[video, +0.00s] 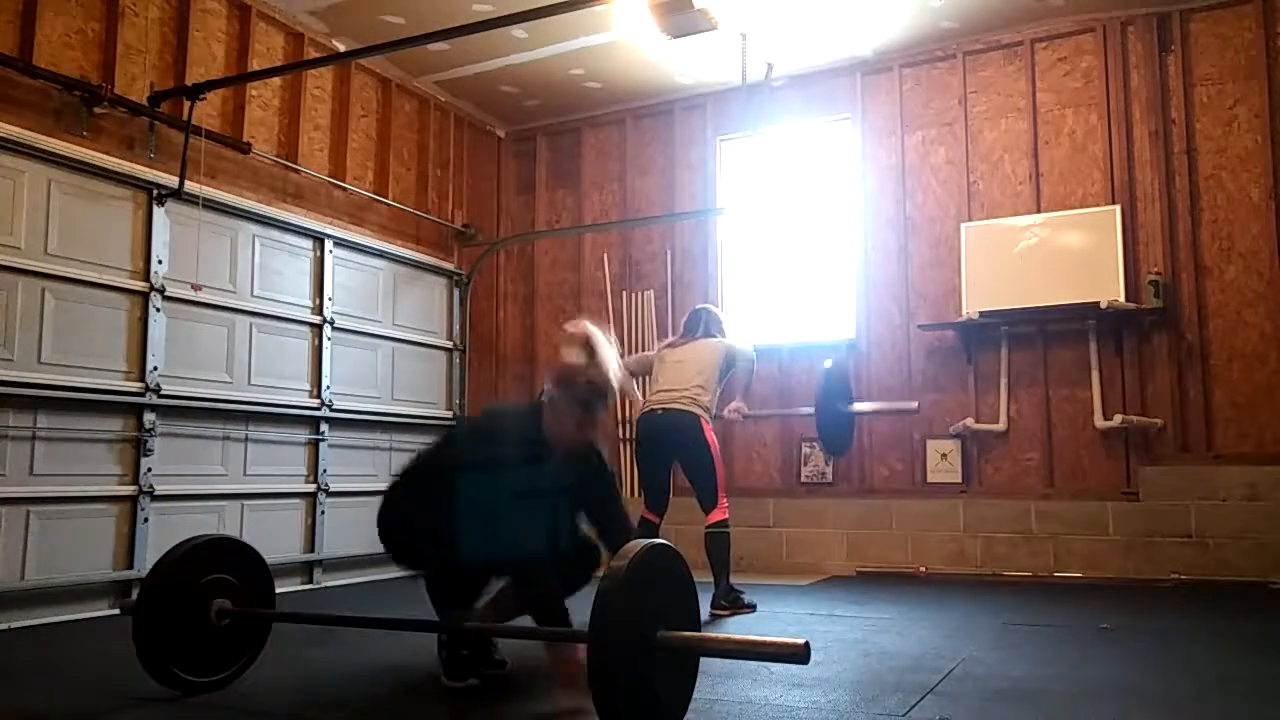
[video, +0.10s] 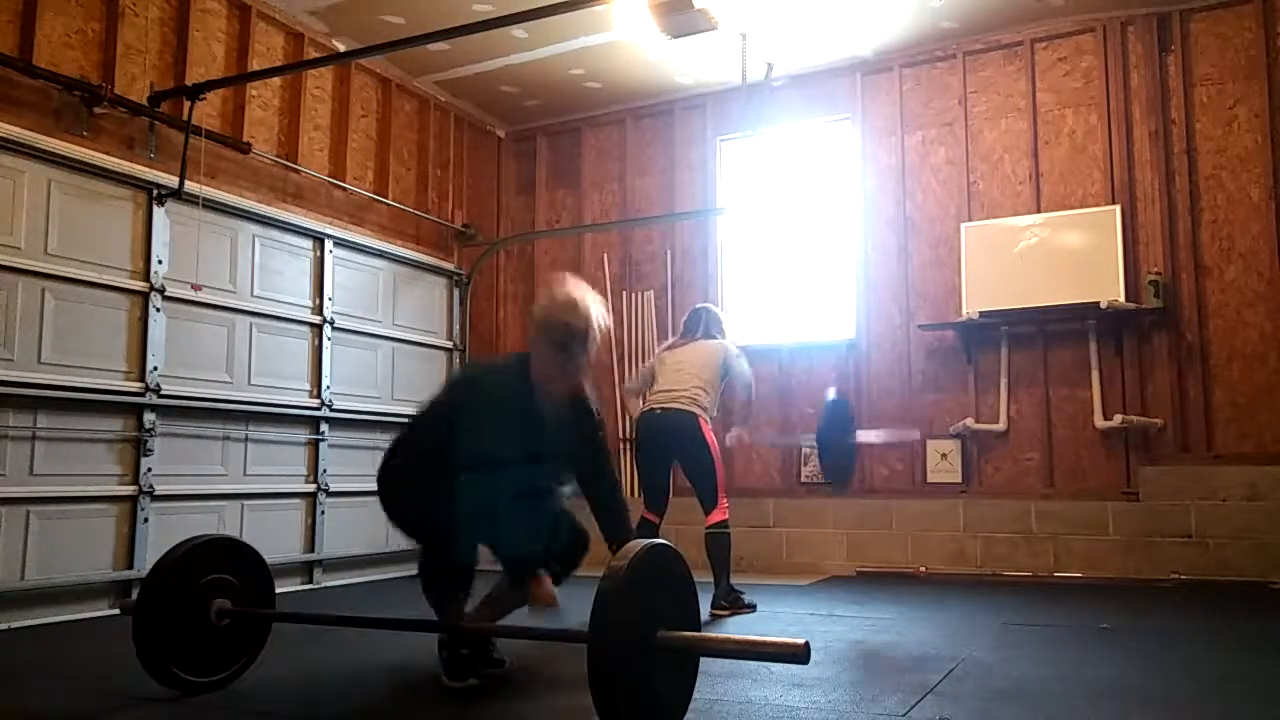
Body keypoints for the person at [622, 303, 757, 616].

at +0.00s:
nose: (724, 332)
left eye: (722, 328)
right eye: (722, 327)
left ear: (687, 328)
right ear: (716, 328)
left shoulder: (665, 352)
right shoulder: (720, 346)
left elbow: (625, 364)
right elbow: (747, 356)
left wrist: (637, 399)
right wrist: (738, 399)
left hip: (650, 422)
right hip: (689, 422)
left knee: (653, 506)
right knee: (715, 507)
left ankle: (631, 585)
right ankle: (723, 592)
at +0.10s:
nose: (724, 332)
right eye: (723, 327)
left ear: (687, 327)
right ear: (717, 327)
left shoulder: (666, 351)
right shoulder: (724, 348)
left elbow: (629, 387)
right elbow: (744, 379)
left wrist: (641, 418)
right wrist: (738, 424)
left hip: (649, 423)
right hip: (689, 422)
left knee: (653, 506)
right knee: (715, 507)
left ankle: (630, 583)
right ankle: (723, 592)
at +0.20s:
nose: (725, 335)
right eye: (724, 330)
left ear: (686, 328)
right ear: (718, 330)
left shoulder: (668, 352)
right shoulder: (725, 355)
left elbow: (660, 396)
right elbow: (740, 410)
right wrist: (742, 455)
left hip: (645, 423)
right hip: (685, 424)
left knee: (652, 508)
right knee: (714, 508)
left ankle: (629, 585)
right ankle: (723, 591)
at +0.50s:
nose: (727, 342)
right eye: (727, 337)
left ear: (692, 331)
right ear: (721, 333)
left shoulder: (669, 351)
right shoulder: (729, 349)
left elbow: (636, 391)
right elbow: (745, 381)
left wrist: (643, 426)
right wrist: (745, 429)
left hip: (646, 425)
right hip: (686, 425)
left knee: (653, 506)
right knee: (715, 508)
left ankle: (632, 587)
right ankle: (723, 592)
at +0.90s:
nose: (733, 346)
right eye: (733, 342)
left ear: (698, 335)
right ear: (727, 338)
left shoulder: (675, 353)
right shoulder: (732, 354)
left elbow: (639, 392)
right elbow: (746, 386)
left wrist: (646, 428)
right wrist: (744, 431)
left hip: (646, 422)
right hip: (685, 423)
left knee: (652, 506)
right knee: (713, 508)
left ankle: (632, 587)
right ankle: (723, 591)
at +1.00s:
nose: (737, 361)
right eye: (736, 356)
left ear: (698, 347)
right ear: (729, 353)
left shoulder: (675, 363)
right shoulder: (732, 370)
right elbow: (746, 421)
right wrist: (746, 468)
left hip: (643, 428)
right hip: (683, 430)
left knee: (650, 509)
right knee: (716, 509)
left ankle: (634, 587)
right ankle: (723, 592)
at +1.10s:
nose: (740, 384)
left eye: (739, 380)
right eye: (738, 380)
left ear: (699, 369)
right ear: (729, 375)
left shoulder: (676, 385)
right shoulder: (732, 394)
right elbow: (743, 449)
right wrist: (746, 500)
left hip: (640, 441)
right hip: (682, 443)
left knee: (650, 514)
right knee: (724, 513)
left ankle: (636, 588)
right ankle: (724, 593)